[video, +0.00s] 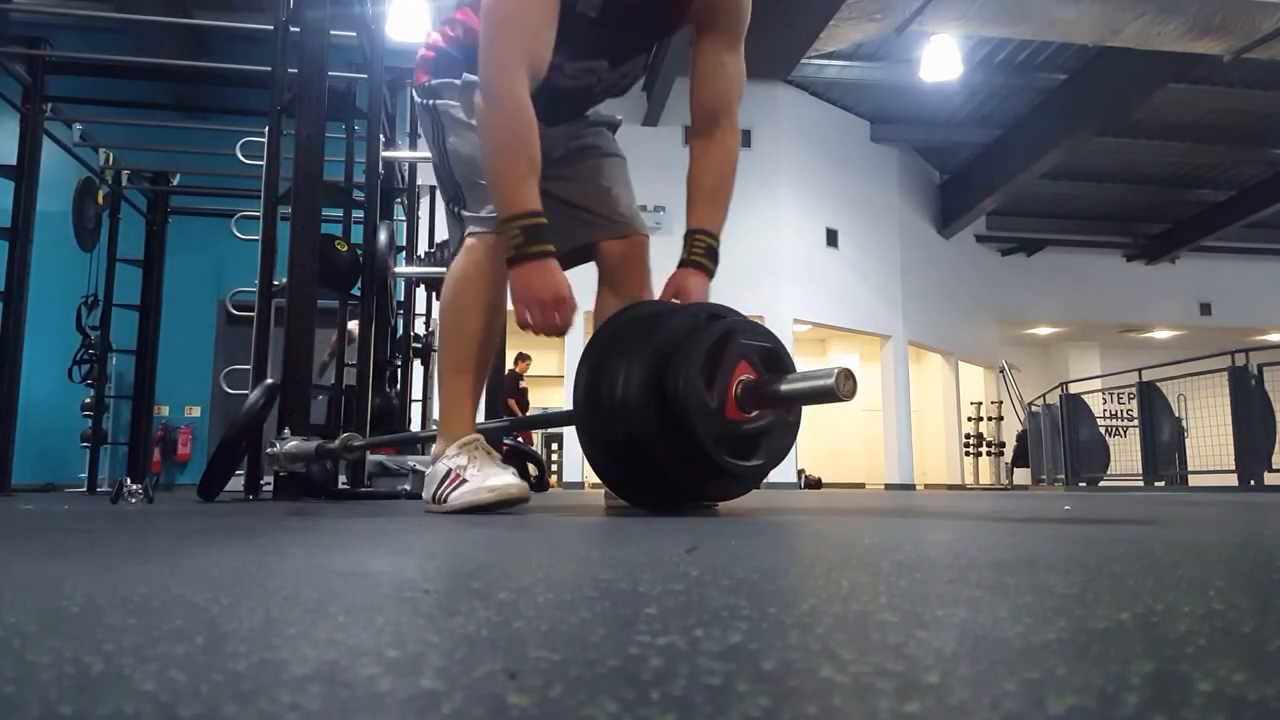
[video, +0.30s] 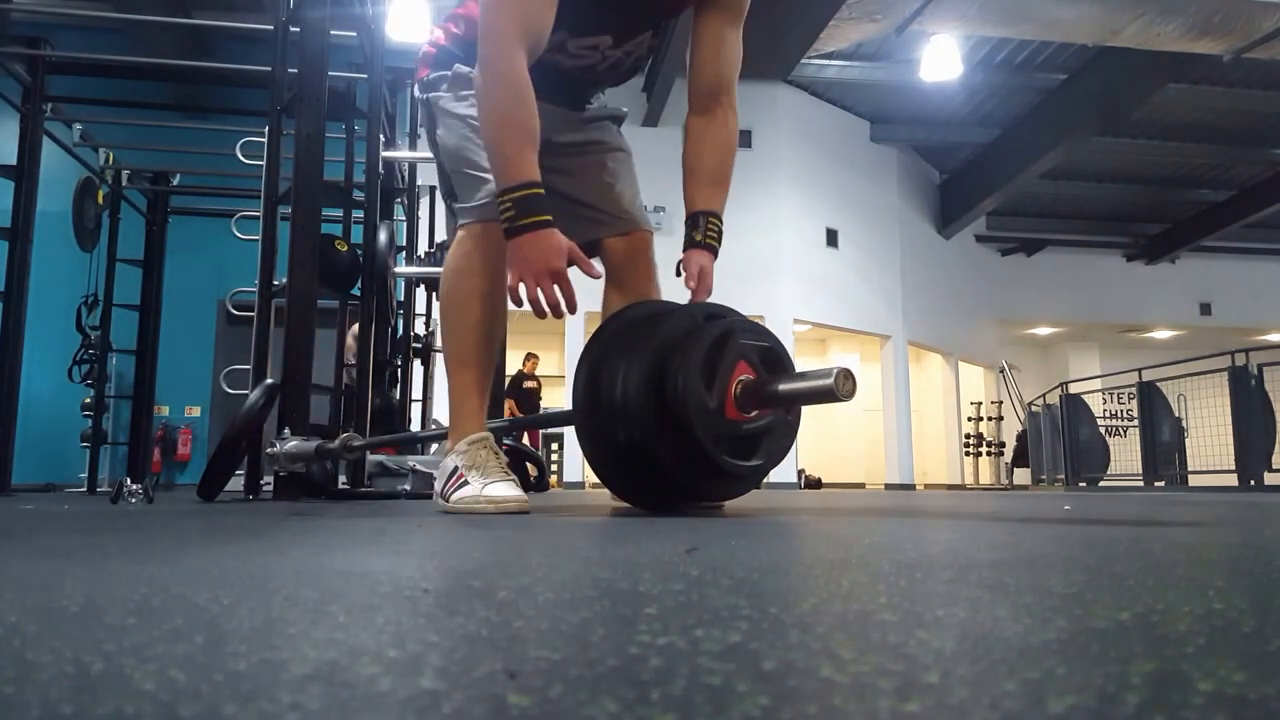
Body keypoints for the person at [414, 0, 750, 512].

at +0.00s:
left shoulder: (723, 3)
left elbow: (715, 124)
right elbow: (503, 88)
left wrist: (698, 259)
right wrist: (528, 248)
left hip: (572, 102)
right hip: (470, 73)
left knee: (627, 244)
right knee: (495, 230)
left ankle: (631, 461)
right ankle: (456, 449)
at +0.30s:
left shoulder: (724, 1)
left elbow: (713, 103)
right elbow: (502, 57)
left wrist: (702, 236)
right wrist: (526, 217)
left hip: (576, 98)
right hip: (475, 71)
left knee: (631, 241)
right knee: (491, 217)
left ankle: (642, 457)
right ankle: (468, 448)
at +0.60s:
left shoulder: (727, 6)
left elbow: (708, 139)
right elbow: (524, 90)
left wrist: (692, 275)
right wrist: (546, 261)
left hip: (575, 109)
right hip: (471, 76)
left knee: (630, 243)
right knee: (499, 225)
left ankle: (648, 459)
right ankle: (463, 448)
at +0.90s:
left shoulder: (734, 42)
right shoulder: (565, 5)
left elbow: (695, 183)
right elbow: (539, 156)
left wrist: (661, 321)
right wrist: (567, 321)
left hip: (584, 126)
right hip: (476, 93)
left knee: (657, 243)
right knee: (491, 203)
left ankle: (652, 458)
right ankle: (462, 449)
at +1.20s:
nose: (730, 76)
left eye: (750, 62)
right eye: (720, 46)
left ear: (770, 49)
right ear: (678, 6)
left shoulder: (731, 110)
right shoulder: (566, 39)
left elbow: (685, 242)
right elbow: (534, 215)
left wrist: (653, 371)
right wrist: (570, 358)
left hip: (585, 149)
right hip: (479, 111)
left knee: (671, 239)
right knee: (482, 204)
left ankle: (655, 446)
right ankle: (461, 452)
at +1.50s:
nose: (728, 108)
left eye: (748, 92)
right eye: (718, 80)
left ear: (767, 82)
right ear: (678, 30)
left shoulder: (726, 140)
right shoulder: (564, 59)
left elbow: (684, 268)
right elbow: (523, 233)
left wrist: (665, 399)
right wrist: (576, 373)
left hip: (576, 156)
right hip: (473, 115)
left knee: (674, 246)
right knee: (475, 212)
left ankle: (658, 451)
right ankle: (461, 452)